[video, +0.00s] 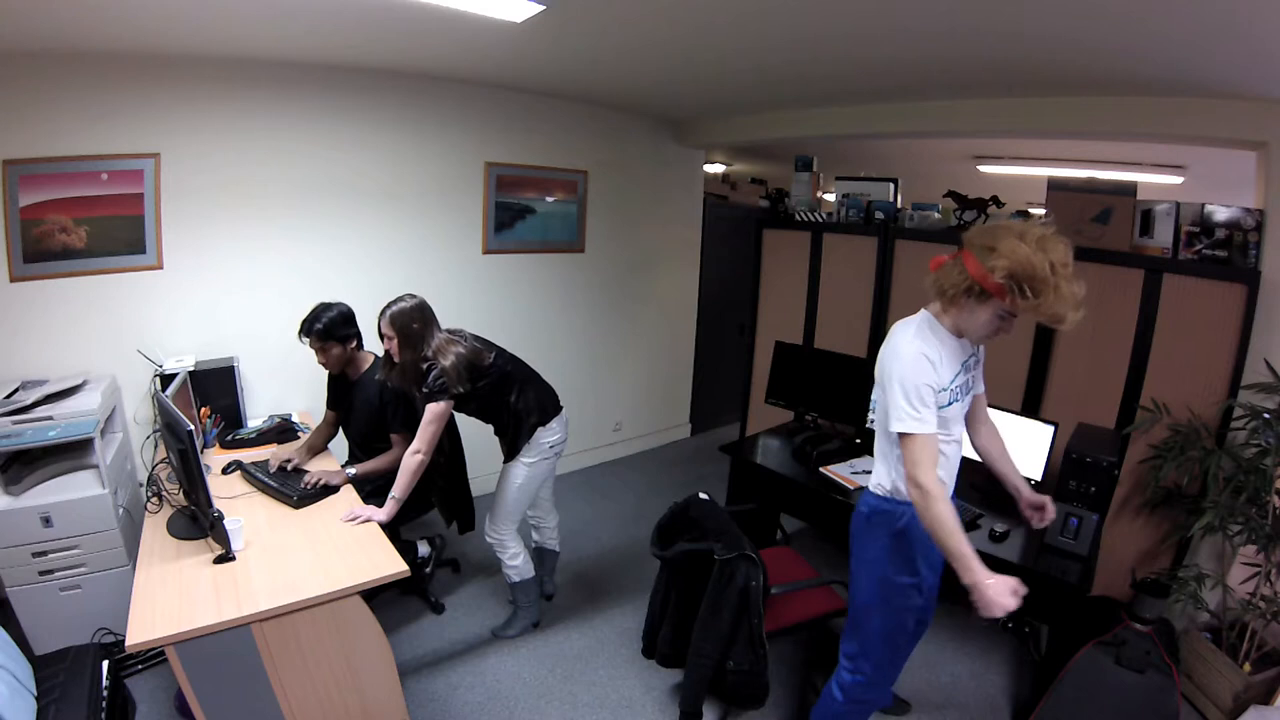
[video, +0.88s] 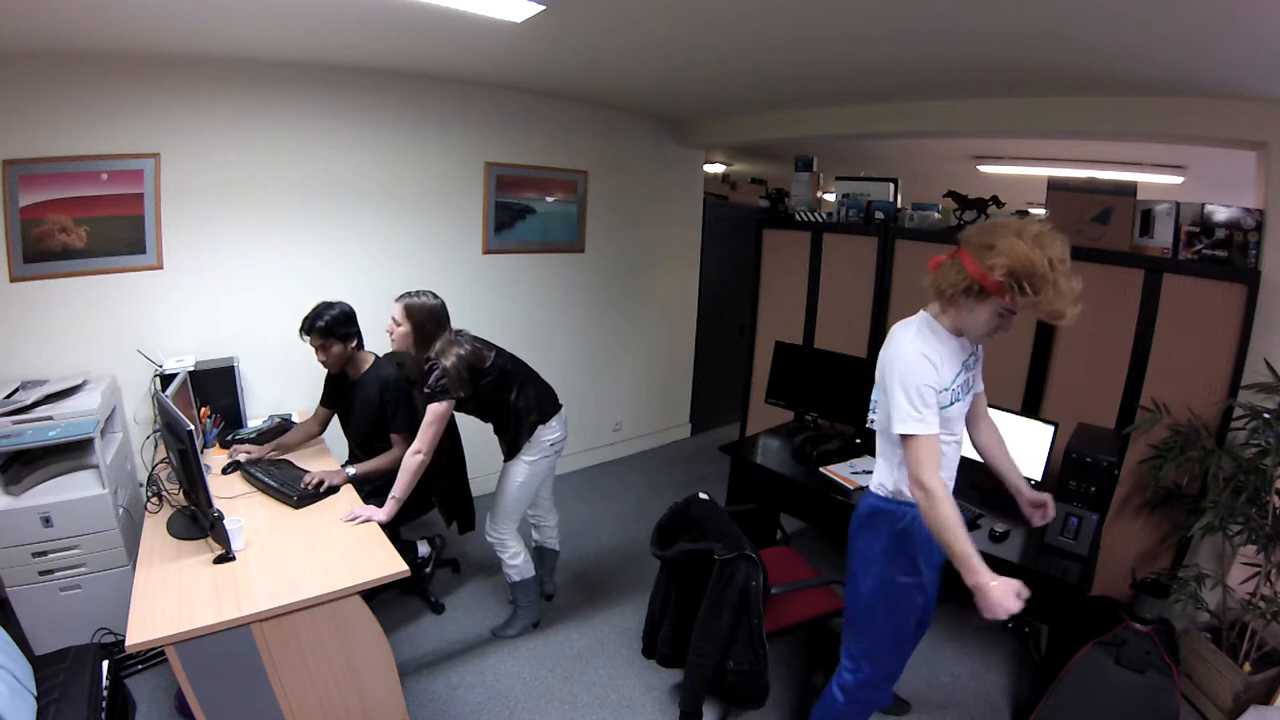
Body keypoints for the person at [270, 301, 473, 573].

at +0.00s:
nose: (319, 360)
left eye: (324, 351)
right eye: (315, 351)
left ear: (352, 344)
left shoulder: (388, 381)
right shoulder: (338, 374)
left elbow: (403, 450)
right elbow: (329, 424)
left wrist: (346, 474)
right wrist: (302, 452)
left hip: (402, 477)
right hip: (362, 474)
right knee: (318, 512)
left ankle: (419, 553)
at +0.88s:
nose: (319, 357)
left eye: (325, 348)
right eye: (316, 350)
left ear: (352, 343)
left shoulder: (390, 380)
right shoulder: (338, 375)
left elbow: (404, 451)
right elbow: (317, 423)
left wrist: (346, 473)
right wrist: (268, 449)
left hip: (403, 480)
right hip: (362, 475)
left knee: (341, 528)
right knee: (314, 513)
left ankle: (417, 552)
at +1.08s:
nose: (318, 358)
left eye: (324, 349)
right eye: (315, 349)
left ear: (352, 343)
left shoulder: (390, 381)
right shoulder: (337, 375)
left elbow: (403, 451)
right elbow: (310, 424)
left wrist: (347, 473)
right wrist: (259, 451)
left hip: (402, 479)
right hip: (362, 475)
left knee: (339, 530)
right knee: (312, 512)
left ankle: (418, 554)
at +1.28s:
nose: (318, 358)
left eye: (324, 349)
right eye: (314, 350)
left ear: (352, 343)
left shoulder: (390, 381)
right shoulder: (336, 375)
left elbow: (403, 451)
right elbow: (310, 424)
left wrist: (347, 473)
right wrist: (262, 454)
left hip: (403, 479)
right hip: (362, 476)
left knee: (343, 530)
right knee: (315, 513)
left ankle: (418, 553)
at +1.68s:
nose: (318, 358)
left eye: (324, 349)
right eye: (314, 349)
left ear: (352, 343)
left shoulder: (390, 381)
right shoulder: (337, 375)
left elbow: (403, 451)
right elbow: (311, 426)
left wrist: (346, 474)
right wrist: (261, 454)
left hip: (405, 480)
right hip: (363, 475)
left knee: (343, 531)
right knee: (315, 513)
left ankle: (418, 553)